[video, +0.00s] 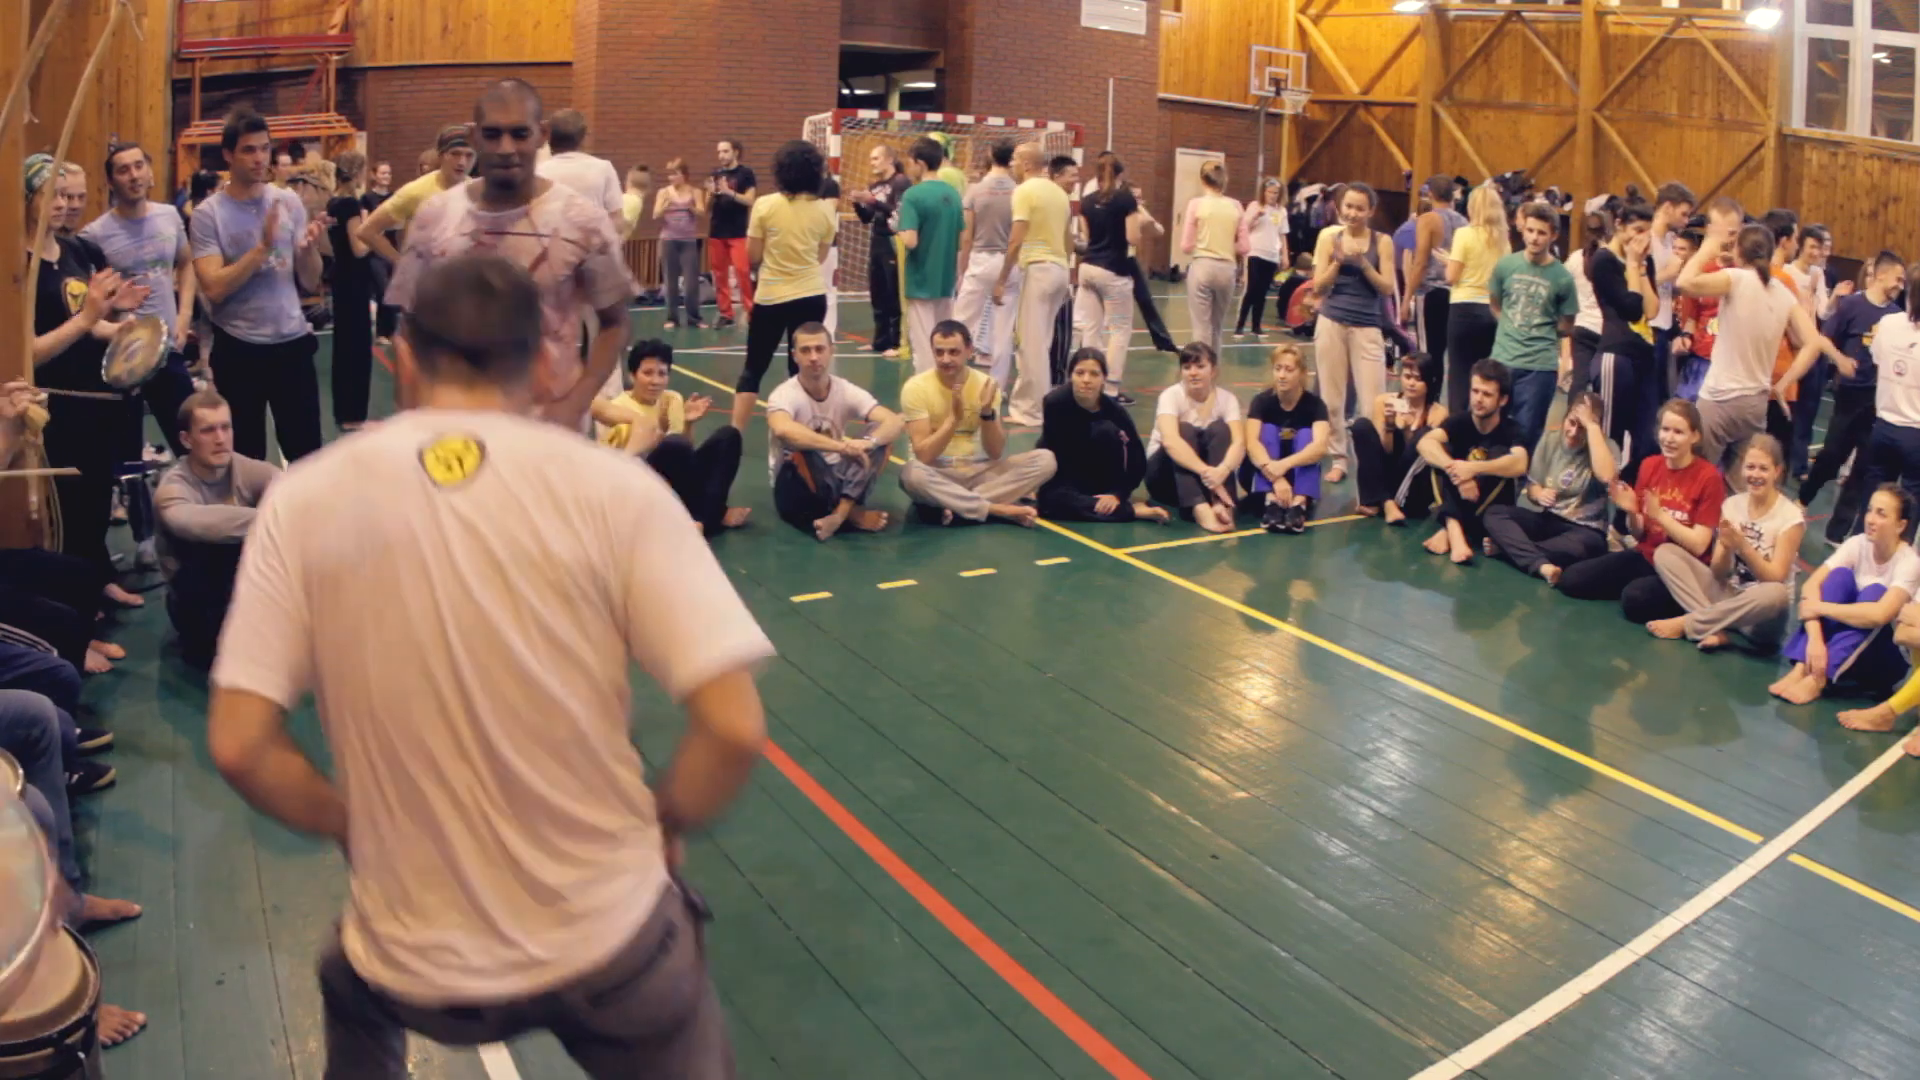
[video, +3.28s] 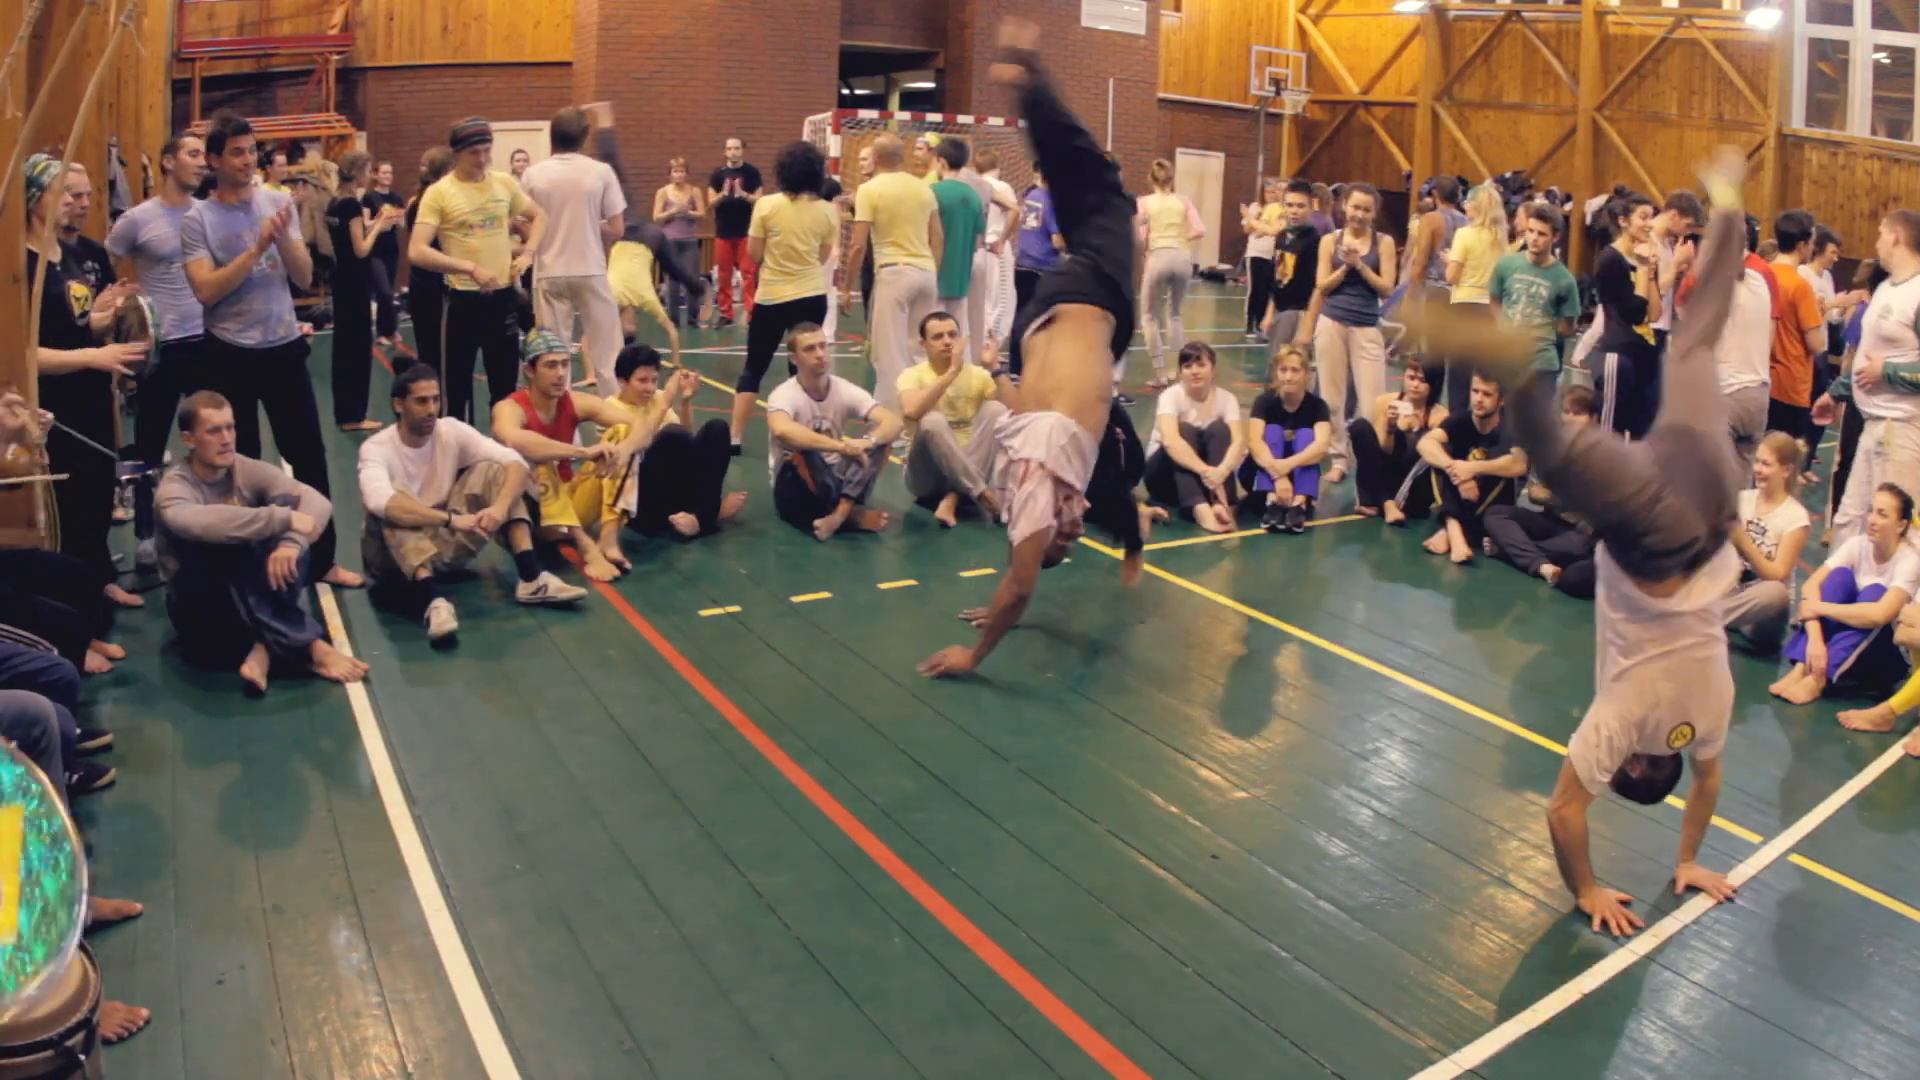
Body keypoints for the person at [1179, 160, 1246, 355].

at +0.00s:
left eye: (1202, 179)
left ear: (1202, 180)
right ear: (1224, 181)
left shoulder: (1195, 204)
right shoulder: (1236, 206)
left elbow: (1186, 245)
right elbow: (1244, 247)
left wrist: (1202, 243)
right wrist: (1225, 246)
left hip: (1202, 261)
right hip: (1227, 264)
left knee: (1201, 324)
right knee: (1217, 325)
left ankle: (1201, 370)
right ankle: (1213, 370)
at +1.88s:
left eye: (1198, 180)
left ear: (1200, 181)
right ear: (1220, 182)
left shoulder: (1191, 202)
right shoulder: (1228, 206)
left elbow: (1182, 240)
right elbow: (1235, 244)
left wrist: (1188, 247)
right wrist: (1216, 244)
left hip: (1196, 260)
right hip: (1219, 261)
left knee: (1178, 317)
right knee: (1206, 322)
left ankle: (1175, 370)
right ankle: (1203, 370)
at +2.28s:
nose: (1178, 186)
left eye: (1178, 182)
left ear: (1177, 183)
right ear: (1197, 184)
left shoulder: (1169, 205)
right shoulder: (1208, 206)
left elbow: (1165, 245)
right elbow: (1216, 244)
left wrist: (1173, 259)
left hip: (1179, 259)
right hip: (1204, 259)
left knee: (1165, 318)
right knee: (1195, 323)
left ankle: (1157, 366)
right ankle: (1199, 368)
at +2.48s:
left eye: (1162, 186)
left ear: (1161, 188)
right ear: (1181, 187)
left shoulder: (1157, 210)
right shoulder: (1193, 208)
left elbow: (1153, 251)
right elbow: (1202, 243)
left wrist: (1151, 278)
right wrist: (1194, 259)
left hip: (1170, 259)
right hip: (1194, 258)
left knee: (1155, 317)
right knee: (1178, 320)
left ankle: (1152, 375)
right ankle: (1181, 374)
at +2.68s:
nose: (1147, 208)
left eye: (1148, 204)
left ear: (1151, 205)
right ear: (1170, 204)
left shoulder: (1147, 227)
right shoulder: (1183, 222)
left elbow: (1143, 264)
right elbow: (1195, 255)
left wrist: (1132, 288)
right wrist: (1191, 270)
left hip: (1167, 273)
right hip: (1190, 272)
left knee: (1144, 323)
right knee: (1160, 325)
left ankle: (1152, 374)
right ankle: (1159, 374)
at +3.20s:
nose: (1147, 187)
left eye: (1147, 184)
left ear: (1149, 184)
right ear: (1169, 184)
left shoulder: (1144, 207)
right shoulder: (1183, 205)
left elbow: (1140, 244)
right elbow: (1199, 233)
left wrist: (1135, 269)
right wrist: (1181, 241)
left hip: (1158, 258)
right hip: (1182, 256)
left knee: (1145, 313)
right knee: (1163, 315)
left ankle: (1157, 366)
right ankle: (1162, 367)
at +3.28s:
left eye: (1151, 179)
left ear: (1151, 180)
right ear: (1171, 179)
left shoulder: (1144, 202)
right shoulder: (1184, 202)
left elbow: (1140, 234)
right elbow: (1199, 229)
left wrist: (1146, 245)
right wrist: (1182, 239)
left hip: (1158, 251)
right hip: (1182, 251)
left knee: (1149, 314)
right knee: (1176, 314)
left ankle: (1160, 371)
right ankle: (1179, 368)